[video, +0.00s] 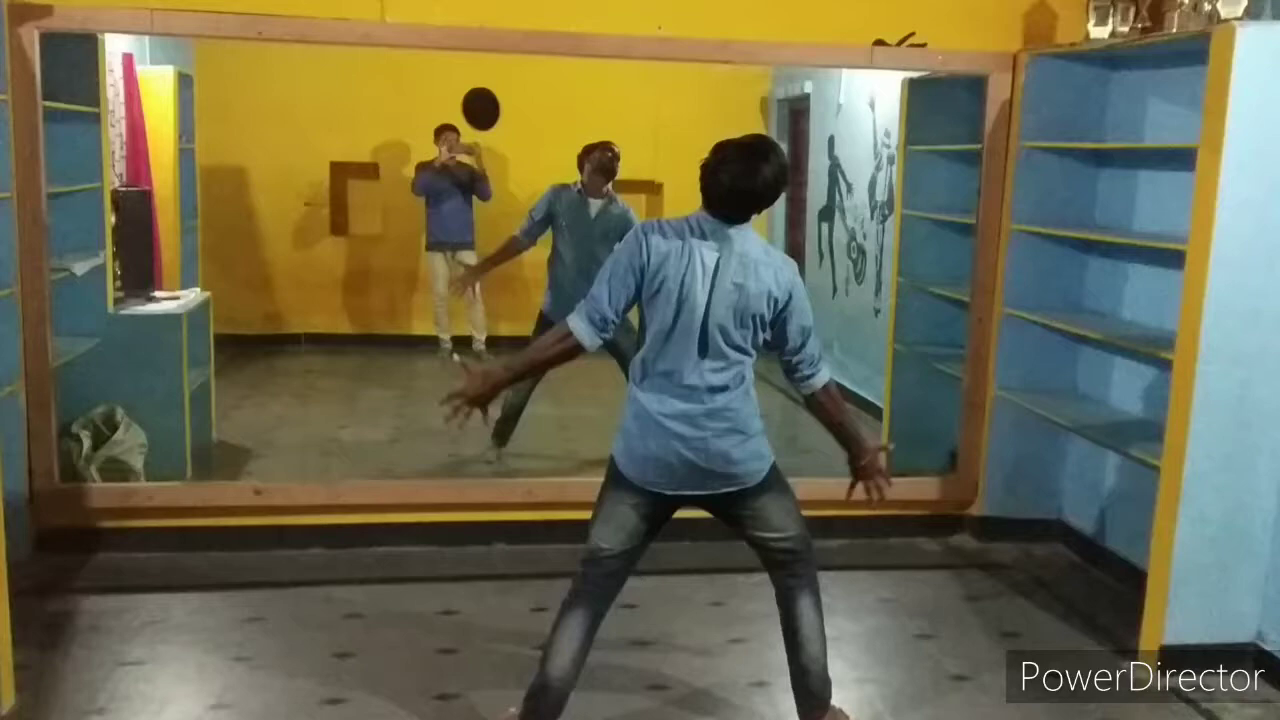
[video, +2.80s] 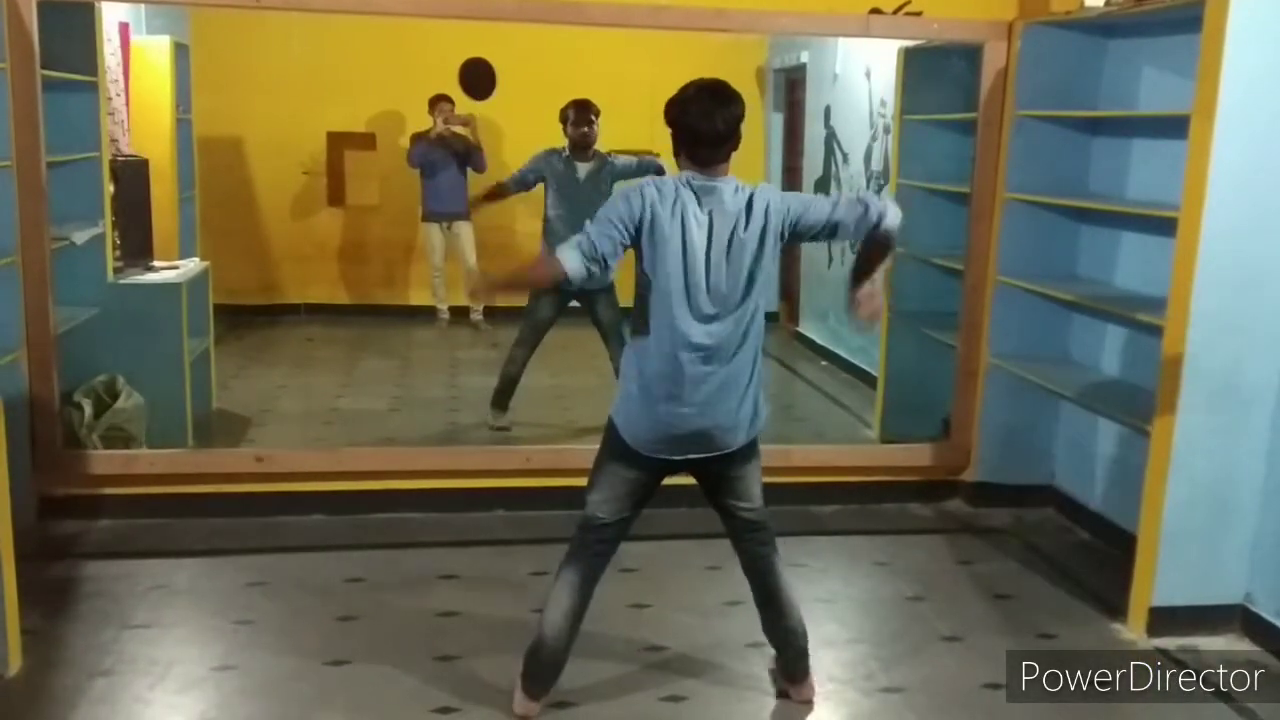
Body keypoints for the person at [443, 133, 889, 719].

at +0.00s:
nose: (701, 164)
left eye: (708, 160)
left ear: (706, 178)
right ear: (764, 203)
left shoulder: (648, 243)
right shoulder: (777, 273)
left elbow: (581, 331)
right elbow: (809, 374)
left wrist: (498, 376)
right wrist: (859, 446)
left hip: (645, 452)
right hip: (735, 456)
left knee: (592, 587)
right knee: (796, 574)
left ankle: (537, 710)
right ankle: (817, 709)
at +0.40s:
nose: (790, 194)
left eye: (777, 184)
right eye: (786, 190)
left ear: (715, 192)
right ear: (775, 211)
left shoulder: (664, 236)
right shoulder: (789, 275)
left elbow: (576, 305)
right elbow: (848, 361)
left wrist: (463, 319)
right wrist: (931, 399)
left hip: (647, 443)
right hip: (729, 450)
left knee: (590, 585)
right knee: (796, 568)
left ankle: (531, 717)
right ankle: (816, 712)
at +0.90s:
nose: (791, 182)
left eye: (758, 161)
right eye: (788, 173)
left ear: (718, 172)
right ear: (776, 190)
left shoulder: (668, 211)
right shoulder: (789, 245)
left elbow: (570, 254)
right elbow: (873, 308)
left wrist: (463, 237)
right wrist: (971, 305)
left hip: (645, 421)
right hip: (729, 425)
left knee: (592, 558)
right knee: (795, 536)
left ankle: (530, 699)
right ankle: (811, 686)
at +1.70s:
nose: (759, 153)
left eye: (714, 142)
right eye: (765, 146)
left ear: (703, 148)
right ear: (764, 159)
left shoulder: (658, 202)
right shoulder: (782, 228)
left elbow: (561, 217)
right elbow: (885, 257)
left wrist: (485, 145)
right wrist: (970, 200)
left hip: (642, 417)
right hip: (729, 421)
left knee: (589, 553)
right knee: (791, 529)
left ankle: (529, 689)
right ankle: (807, 675)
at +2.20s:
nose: (680, 131)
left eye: (684, 125)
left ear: (687, 142)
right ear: (749, 150)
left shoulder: (651, 198)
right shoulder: (776, 217)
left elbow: (551, 205)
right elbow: (884, 226)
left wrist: (515, 104)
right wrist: (915, 129)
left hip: (644, 417)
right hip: (734, 421)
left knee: (588, 554)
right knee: (780, 545)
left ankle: (528, 690)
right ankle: (808, 680)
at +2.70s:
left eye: (674, 134)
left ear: (677, 141)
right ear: (740, 142)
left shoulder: (647, 196)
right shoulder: (771, 204)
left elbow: (558, 240)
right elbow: (874, 198)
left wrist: (490, 192)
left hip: (648, 414)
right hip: (731, 417)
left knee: (588, 549)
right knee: (768, 545)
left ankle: (530, 691)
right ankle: (803, 679)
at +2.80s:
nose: (671, 141)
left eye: (671, 133)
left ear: (673, 140)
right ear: (737, 142)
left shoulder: (641, 200)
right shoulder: (769, 207)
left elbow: (563, 267)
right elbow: (881, 216)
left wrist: (491, 280)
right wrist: (863, 281)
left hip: (648, 414)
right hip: (728, 418)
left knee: (587, 552)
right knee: (760, 555)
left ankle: (527, 700)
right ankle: (797, 691)